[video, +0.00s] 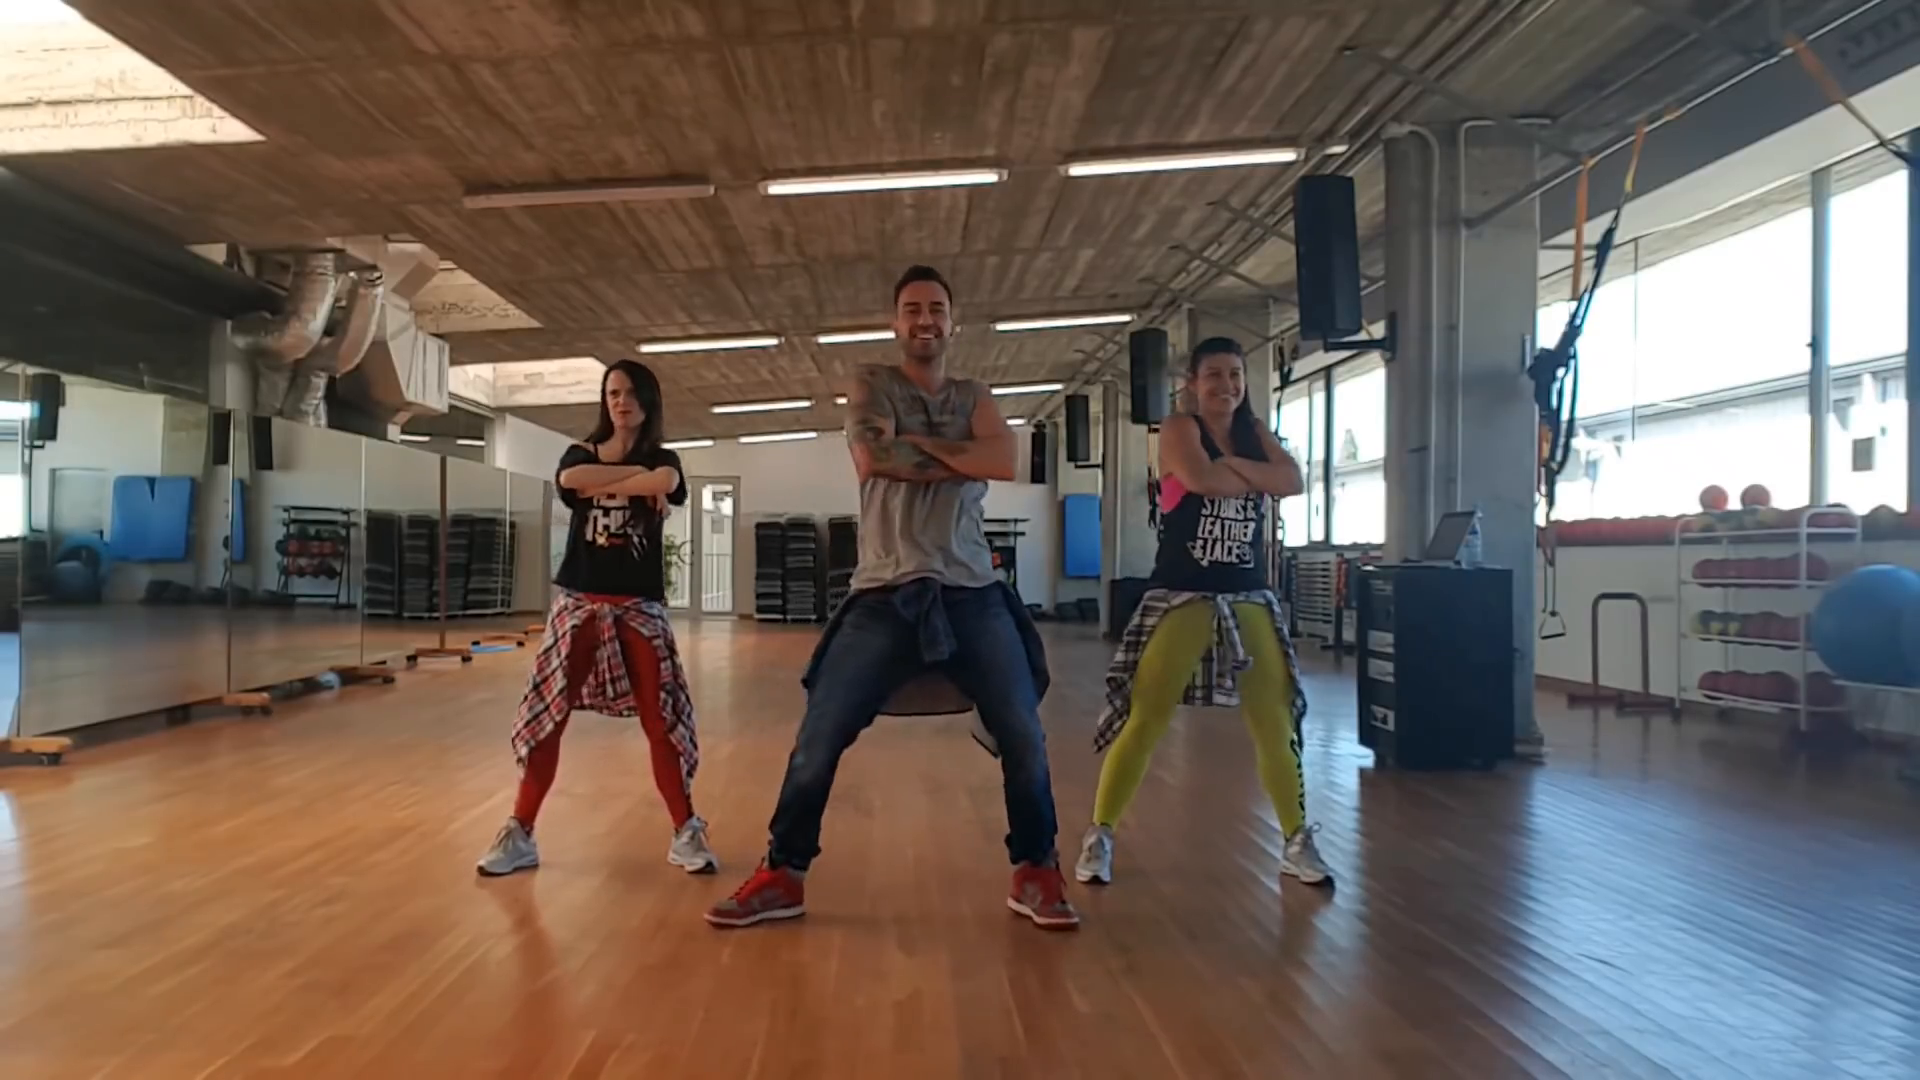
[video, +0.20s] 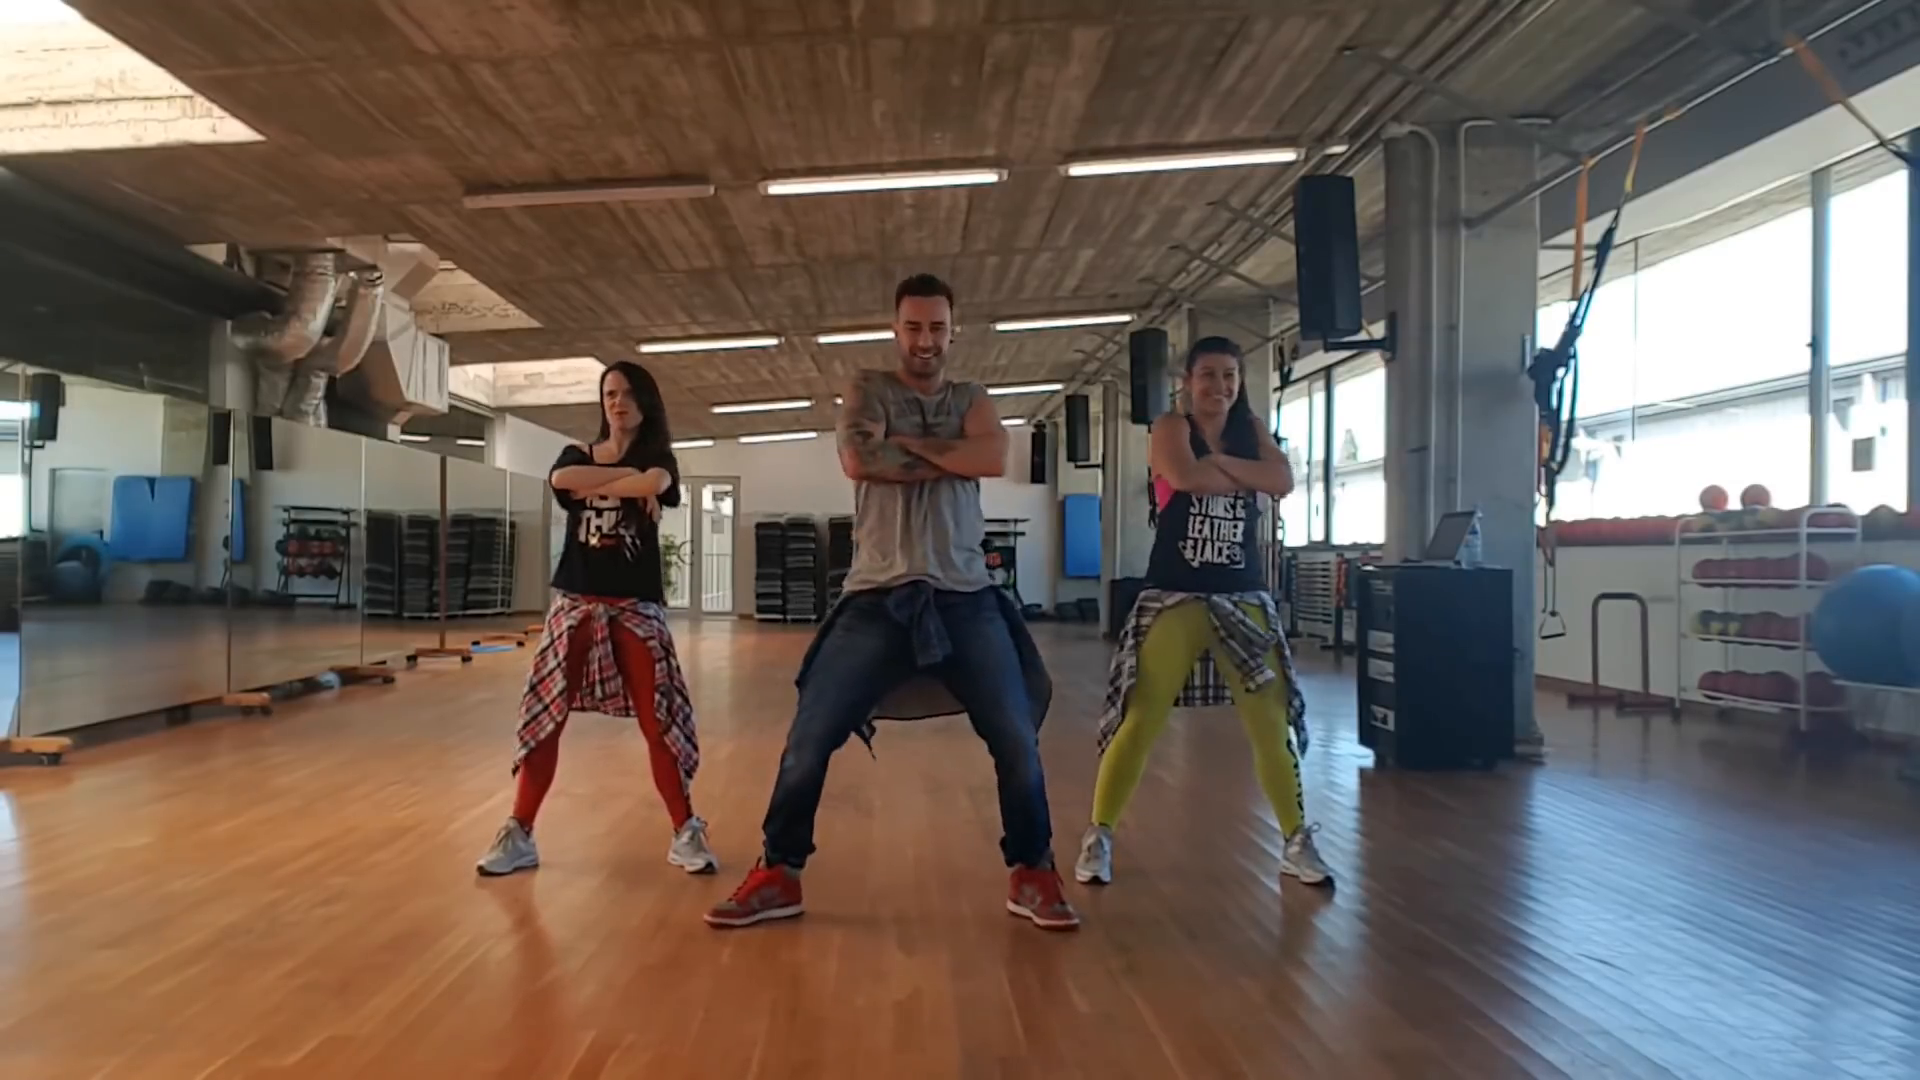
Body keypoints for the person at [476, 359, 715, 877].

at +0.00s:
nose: (619, 402)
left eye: (628, 393)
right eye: (613, 394)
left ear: (648, 401)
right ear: (604, 401)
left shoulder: (663, 462)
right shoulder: (583, 452)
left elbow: (662, 485)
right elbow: (569, 481)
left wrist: (597, 483)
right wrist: (639, 478)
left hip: (639, 603)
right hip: (578, 600)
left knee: (659, 719)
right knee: (548, 713)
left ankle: (686, 831)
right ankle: (520, 834)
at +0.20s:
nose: (615, 402)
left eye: (624, 394)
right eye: (610, 394)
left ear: (645, 402)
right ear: (601, 402)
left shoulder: (659, 462)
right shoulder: (578, 453)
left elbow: (649, 486)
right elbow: (561, 482)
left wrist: (588, 484)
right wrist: (634, 480)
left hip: (635, 601)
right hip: (574, 598)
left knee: (658, 717)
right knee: (545, 712)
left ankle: (686, 831)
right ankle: (519, 834)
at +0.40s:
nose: (589, 401)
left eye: (598, 393)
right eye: (582, 393)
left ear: (617, 401)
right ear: (572, 402)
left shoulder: (639, 454)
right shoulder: (560, 454)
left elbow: (634, 482)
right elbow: (541, 478)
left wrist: (573, 481)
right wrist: (612, 475)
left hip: (634, 599)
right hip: (572, 599)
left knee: (659, 716)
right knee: (544, 710)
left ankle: (686, 830)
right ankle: (518, 833)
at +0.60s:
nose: (578, 402)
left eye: (587, 394)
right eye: (571, 394)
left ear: (607, 402)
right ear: (560, 404)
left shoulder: (632, 455)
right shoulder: (550, 464)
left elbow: (626, 483)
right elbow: (536, 487)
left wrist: (569, 489)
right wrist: (604, 475)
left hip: (634, 602)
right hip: (572, 606)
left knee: (659, 720)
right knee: (547, 716)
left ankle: (687, 830)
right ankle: (519, 834)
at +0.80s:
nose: (604, 400)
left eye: (613, 392)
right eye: (595, 392)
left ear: (631, 400)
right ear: (584, 401)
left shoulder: (648, 454)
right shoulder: (569, 449)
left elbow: (638, 480)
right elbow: (548, 476)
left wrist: (578, 482)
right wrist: (616, 469)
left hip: (635, 601)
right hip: (573, 599)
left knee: (659, 718)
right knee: (544, 712)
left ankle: (687, 831)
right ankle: (519, 834)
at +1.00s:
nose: (624, 403)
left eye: (633, 395)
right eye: (617, 394)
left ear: (652, 404)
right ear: (608, 400)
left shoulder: (663, 463)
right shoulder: (584, 451)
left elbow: (651, 495)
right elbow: (559, 482)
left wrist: (589, 488)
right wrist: (633, 479)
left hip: (639, 605)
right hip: (576, 602)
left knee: (661, 719)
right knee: (547, 714)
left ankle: (687, 831)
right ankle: (520, 834)